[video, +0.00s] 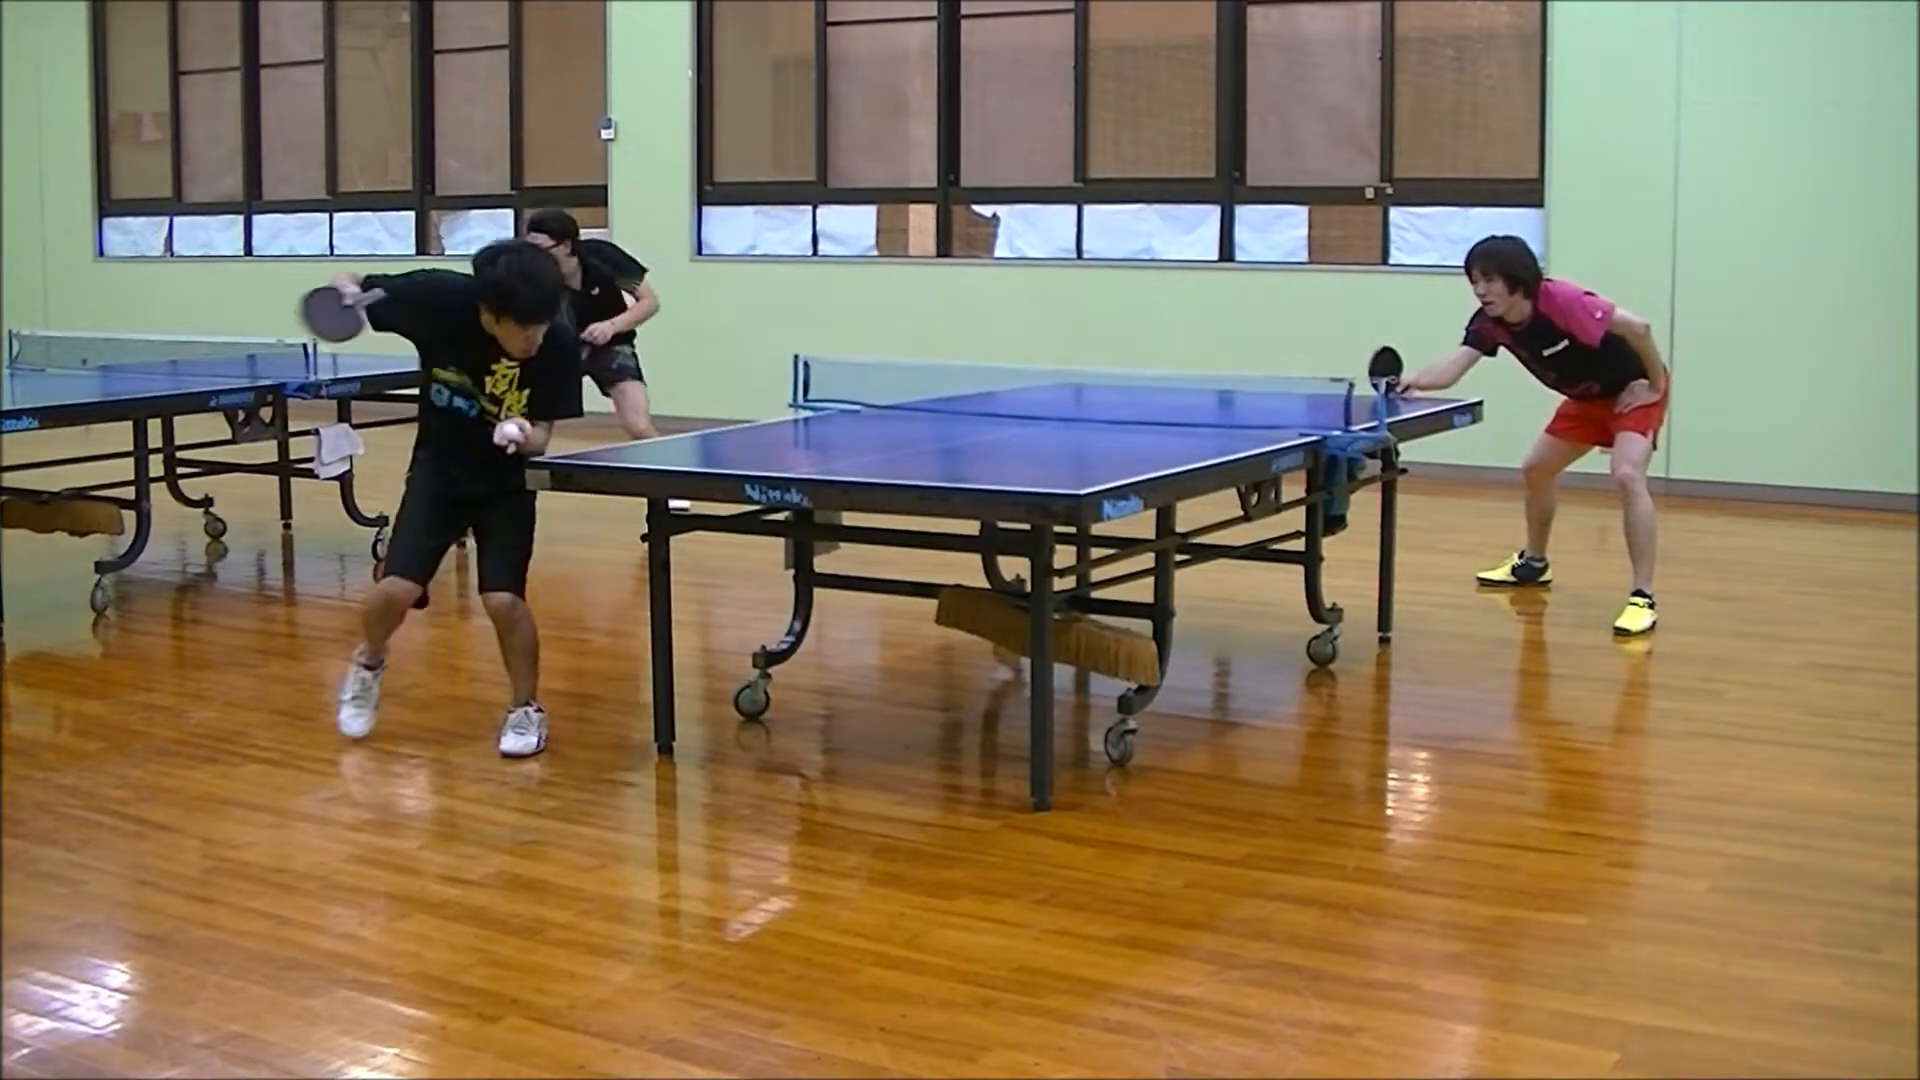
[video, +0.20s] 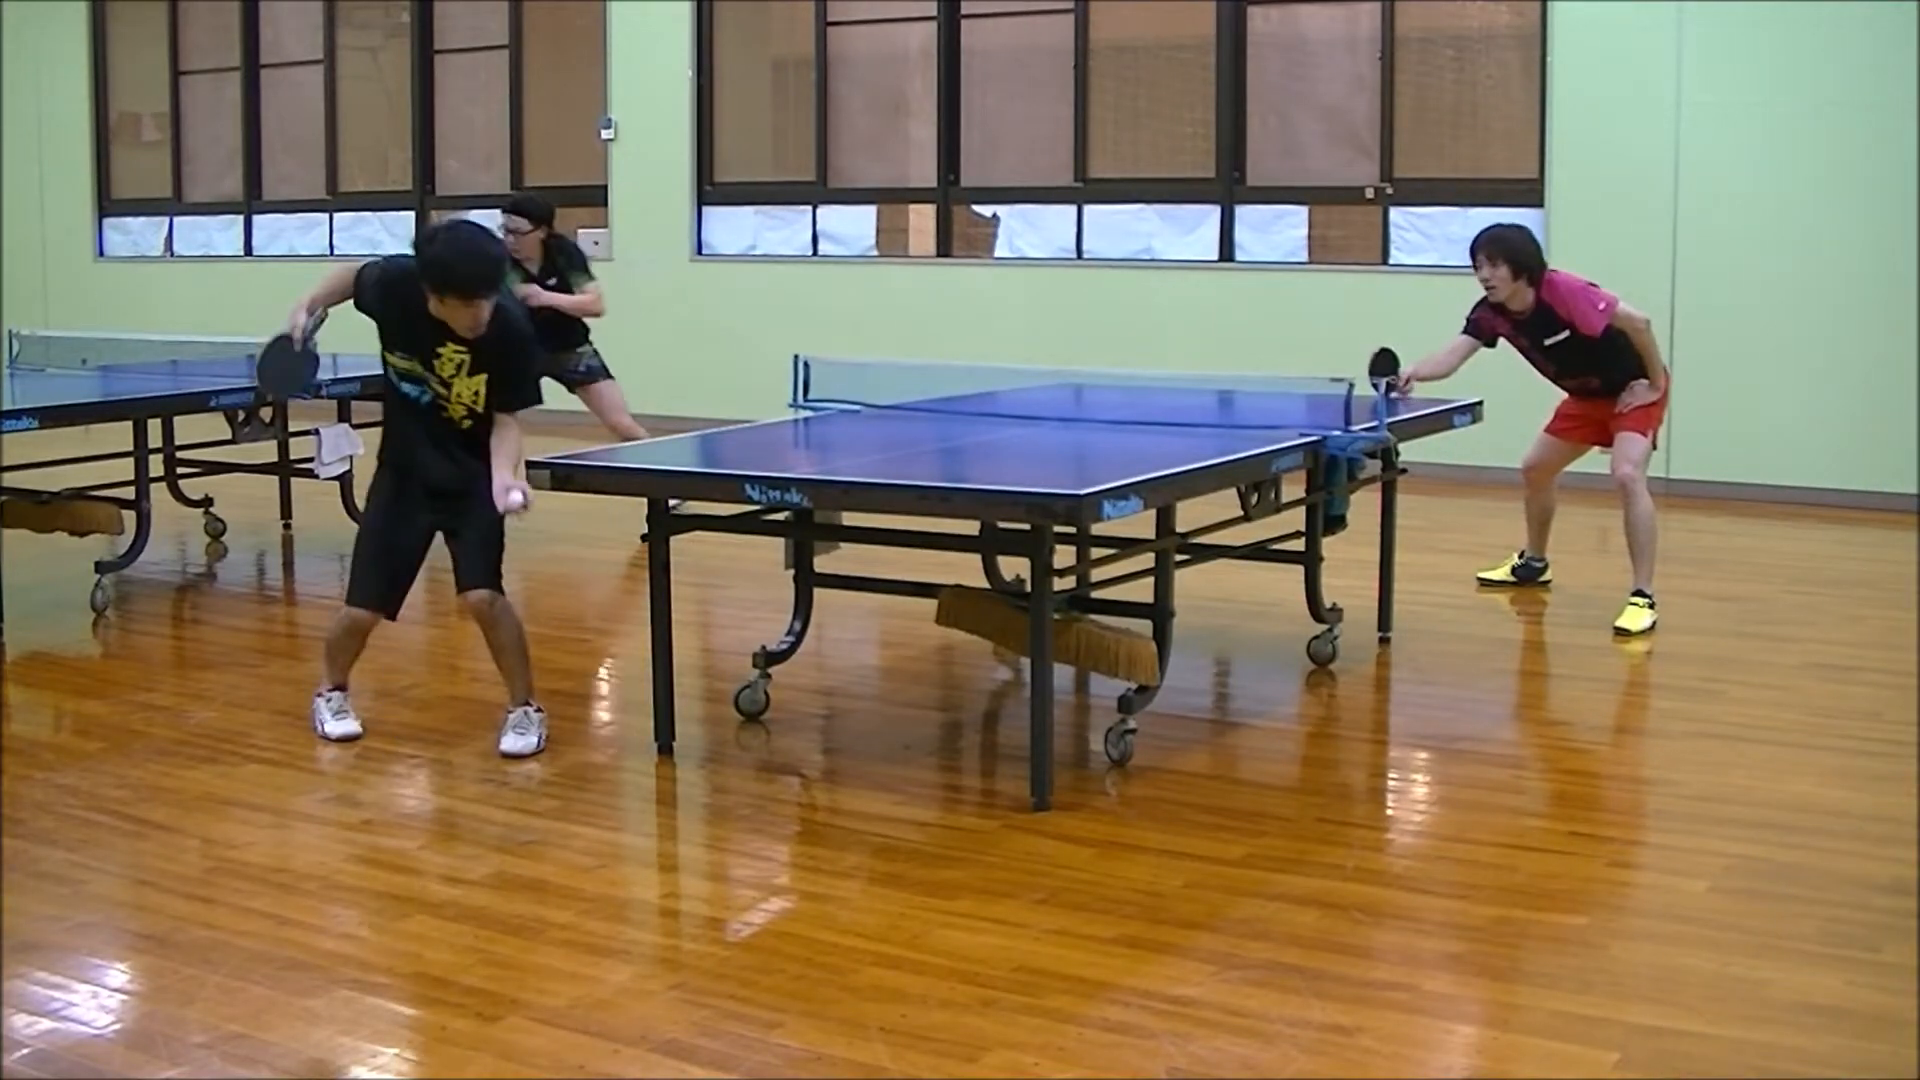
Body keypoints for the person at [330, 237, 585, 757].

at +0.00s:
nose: (534, 340)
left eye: (541, 329)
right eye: (524, 330)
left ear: (550, 315)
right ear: (489, 315)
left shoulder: (557, 346)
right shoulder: (441, 301)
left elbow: (542, 435)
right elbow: (361, 289)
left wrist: (524, 434)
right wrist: (348, 293)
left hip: (504, 481)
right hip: (438, 472)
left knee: (503, 599)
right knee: (397, 590)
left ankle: (525, 710)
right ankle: (368, 665)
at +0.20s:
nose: (483, 316)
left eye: (489, 302)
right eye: (470, 307)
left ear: (496, 287)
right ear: (433, 296)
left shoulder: (510, 330)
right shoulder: (395, 285)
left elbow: (505, 417)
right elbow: (352, 280)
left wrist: (506, 479)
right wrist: (309, 306)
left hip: (475, 480)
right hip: (404, 473)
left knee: (480, 596)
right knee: (363, 611)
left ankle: (524, 708)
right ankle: (333, 692)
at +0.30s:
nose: (444, 295)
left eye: (449, 280)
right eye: (428, 286)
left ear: (458, 267)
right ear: (393, 278)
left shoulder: (475, 312)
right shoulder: (365, 275)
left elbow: (491, 407)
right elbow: (337, 289)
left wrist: (509, 488)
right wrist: (298, 334)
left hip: (451, 461)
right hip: (379, 458)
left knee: (473, 579)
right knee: (351, 597)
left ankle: (521, 706)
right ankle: (336, 694)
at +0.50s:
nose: (417, 261)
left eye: (420, 246)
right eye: (402, 253)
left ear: (426, 230)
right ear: (364, 249)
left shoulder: (442, 261)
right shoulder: (326, 252)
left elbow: (485, 326)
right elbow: (294, 294)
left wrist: (513, 352)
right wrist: (298, 338)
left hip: (424, 429)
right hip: (352, 430)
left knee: (459, 569)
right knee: (339, 580)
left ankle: (451, 668)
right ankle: (333, 693)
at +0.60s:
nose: (421, 243)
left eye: (425, 229)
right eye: (407, 235)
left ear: (431, 215)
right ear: (368, 231)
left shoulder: (447, 251)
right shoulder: (325, 237)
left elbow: (504, 313)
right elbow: (276, 307)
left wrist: (541, 343)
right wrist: (300, 288)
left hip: (418, 426)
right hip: (345, 428)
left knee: (452, 563)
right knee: (338, 574)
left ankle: (430, 677)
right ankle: (333, 692)